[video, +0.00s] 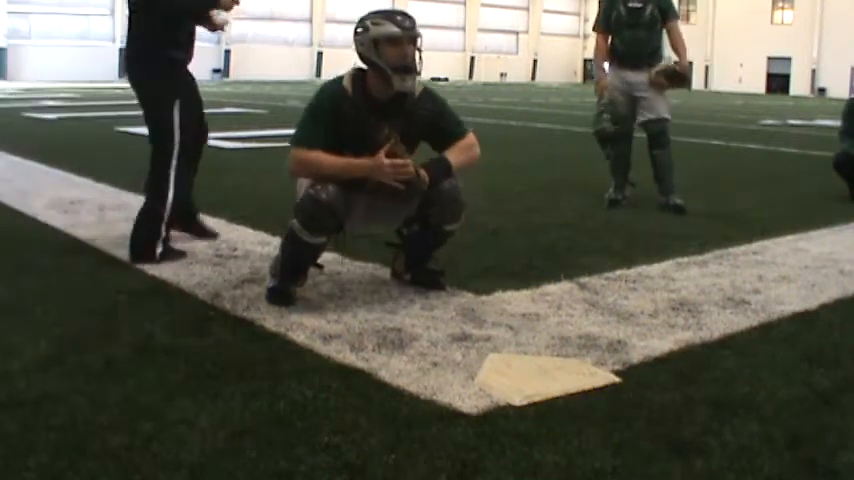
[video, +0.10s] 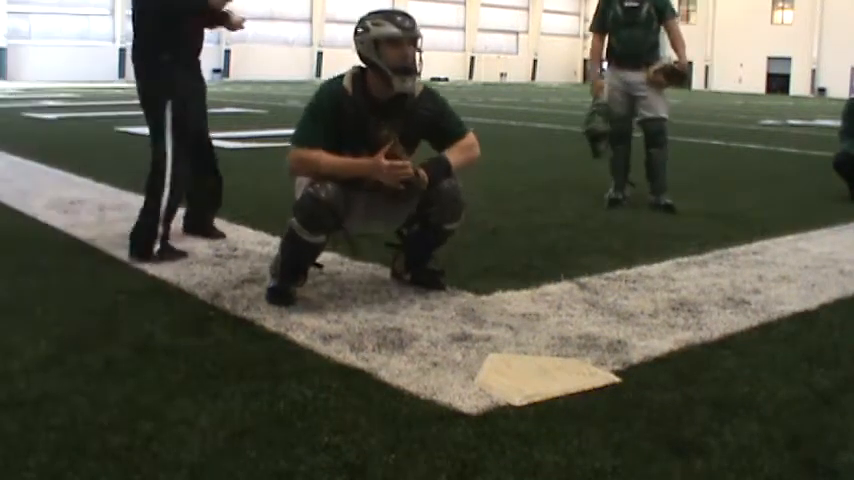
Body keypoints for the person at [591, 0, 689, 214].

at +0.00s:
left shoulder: (661, 4)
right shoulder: (610, 4)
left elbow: (673, 30)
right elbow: (601, 39)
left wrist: (683, 61)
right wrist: (600, 76)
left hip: (651, 76)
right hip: (618, 74)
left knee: (659, 133)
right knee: (619, 134)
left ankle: (668, 194)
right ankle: (618, 188)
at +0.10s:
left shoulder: (658, 3)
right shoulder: (608, 4)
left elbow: (672, 29)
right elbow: (598, 39)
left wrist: (682, 60)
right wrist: (596, 77)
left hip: (650, 76)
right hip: (617, 75)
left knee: (656, 133)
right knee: (618, 135)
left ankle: (659, 194)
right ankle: (618, 188)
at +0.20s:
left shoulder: (656, 4)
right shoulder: (606, 5)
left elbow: (671, 31)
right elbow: (595, 41)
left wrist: (680, 61)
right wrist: (591, 77)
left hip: (648, 76)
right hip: (616, 75)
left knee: (652, 136)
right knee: (619, 136)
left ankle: (657, 193)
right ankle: (618, 188)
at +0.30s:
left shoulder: (654, 3)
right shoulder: (605, 5)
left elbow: (668, 30)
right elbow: (595, 40)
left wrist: (678, 60)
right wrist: (587, 77)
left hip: (647, 75)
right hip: (615, 75)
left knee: (651, 136)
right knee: (618, 135)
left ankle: (657, 193)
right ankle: (618, 188)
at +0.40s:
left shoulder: (653, 4)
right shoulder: (603, 4)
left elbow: (667, 30)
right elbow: (592, 40)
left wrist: (678, 60)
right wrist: (585, 76)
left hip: (646, 75)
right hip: (614, 75)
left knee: (651, 135)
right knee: (618, 135)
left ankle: (657, 193)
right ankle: (617, 188)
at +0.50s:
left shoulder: (652, 4)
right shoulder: (602, 5)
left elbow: (666, 29)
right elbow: (591, 40)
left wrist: (676, 60)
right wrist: (584, 77)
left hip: (645, 75)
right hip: (613, 75)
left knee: (651, 135)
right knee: (617, 135)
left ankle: (657, 193)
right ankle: (618, 188)